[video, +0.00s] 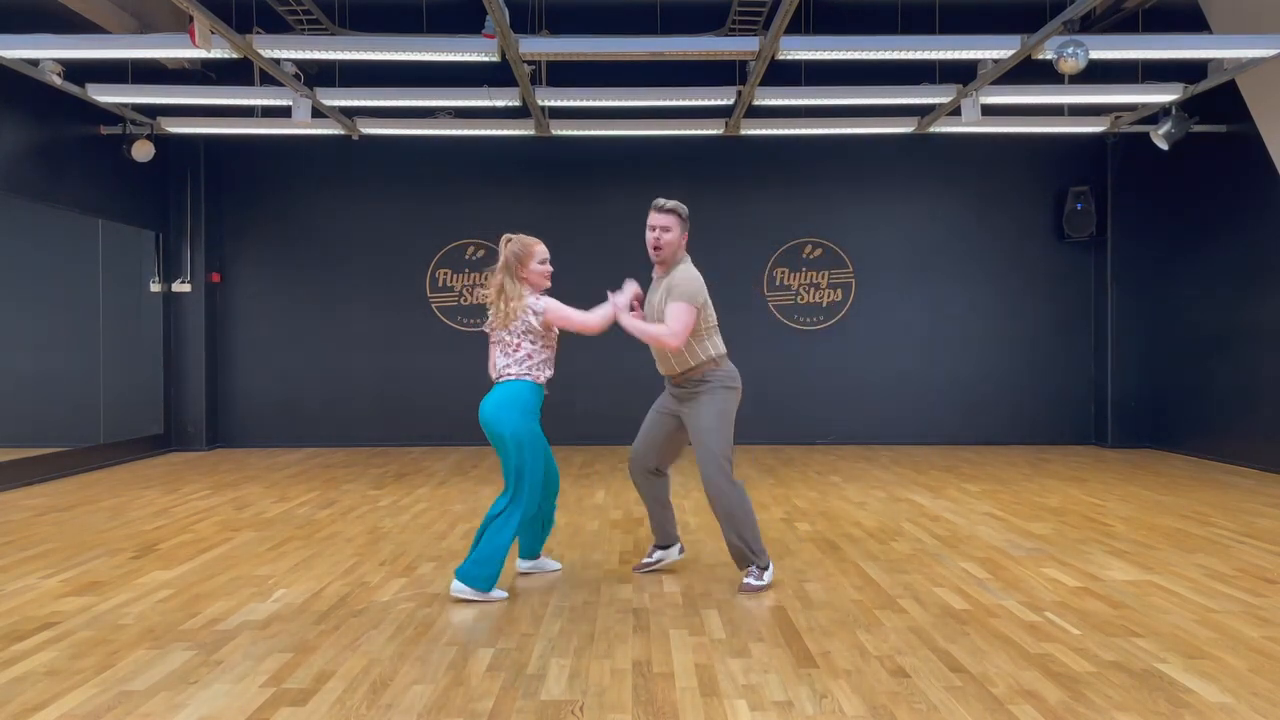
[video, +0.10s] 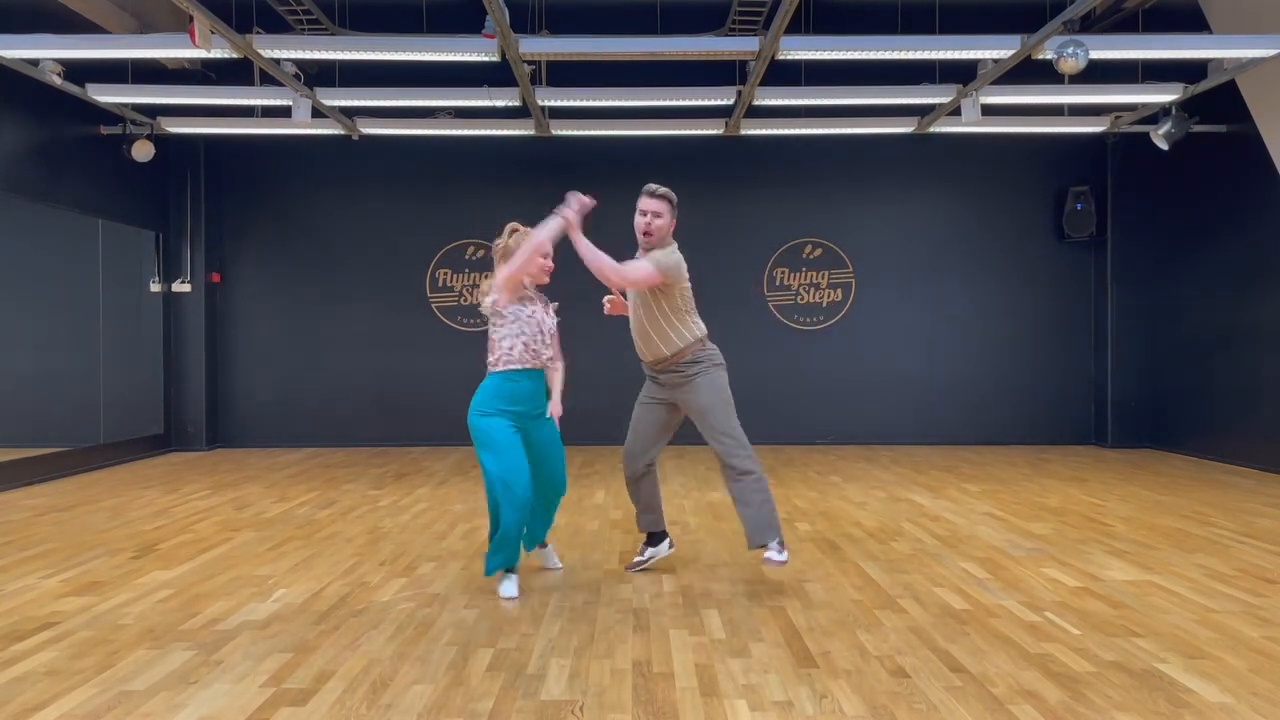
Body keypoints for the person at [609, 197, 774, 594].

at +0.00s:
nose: (656, 237)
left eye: (665, 231)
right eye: (651, 230)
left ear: (684, 238)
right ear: (645, 234)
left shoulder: (685, 280)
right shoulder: (658, 280)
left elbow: (673, 337)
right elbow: (660, 324)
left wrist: (626, 319)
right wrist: (639, 310)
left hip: (712, 384)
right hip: (677, 388)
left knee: (715, 474)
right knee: (643, 463)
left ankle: (757, 563)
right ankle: (667, 544)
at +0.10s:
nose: (647, 222)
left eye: (656, 215)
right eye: (642, 214)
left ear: (672, 223)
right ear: (633, 218)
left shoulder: (670, 260)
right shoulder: (638, 260)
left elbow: (616, 277)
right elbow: (657, 308)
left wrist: (576, 234)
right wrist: (627, 308)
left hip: (697, 367)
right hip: (658, 376)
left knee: (733, 450)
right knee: (635, 458)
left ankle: (771, 539)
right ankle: (656, 538)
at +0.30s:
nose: (622, 213)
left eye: (631, 208)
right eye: (617, 207)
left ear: (649, 215)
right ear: (612, 210)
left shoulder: (643, 245)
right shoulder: (617, 250)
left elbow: (577, 231)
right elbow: (627, 292)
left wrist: (531, 201)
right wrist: (593, 293)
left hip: (663, 364)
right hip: (623, 371)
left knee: (692, 445)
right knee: (620, 457)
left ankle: (730, 520)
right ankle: (653, 538)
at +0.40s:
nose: (604, 223)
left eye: (613, 216)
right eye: (599, 217)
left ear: (632, 218)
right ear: (596, 216)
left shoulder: (636, 246)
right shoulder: (608, 255)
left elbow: (590, 242)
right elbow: (619, 314)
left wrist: (561, 204)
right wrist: (580, 323)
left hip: (649, 367)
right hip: (608, 367)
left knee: (649, 456)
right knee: (585, 448)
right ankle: (619, 525)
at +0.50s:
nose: (590, 246)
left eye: (596, 239)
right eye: (584, 241)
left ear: (615, 238)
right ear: (581, 248)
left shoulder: (630, 274)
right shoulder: (602, 283)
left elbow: (620, 265)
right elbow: (610, 344)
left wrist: (601, 211)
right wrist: (576, 353)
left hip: (630, 390)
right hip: (590, 384)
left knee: (620, 471)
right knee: (560, 459)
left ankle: (619, 535)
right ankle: (573, 535)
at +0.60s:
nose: (583, 247)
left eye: (589, 239)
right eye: (579, 241)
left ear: (609, 241)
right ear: (576, 243)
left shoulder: (620, 274)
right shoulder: (589, 286)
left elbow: (643, 282)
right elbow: (580, 350)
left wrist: (619, 229)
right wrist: (537, 334)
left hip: (616, 395)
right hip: (575, 390)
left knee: (613, 474)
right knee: (542, 465)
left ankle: (621, 537)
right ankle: (546, 547)